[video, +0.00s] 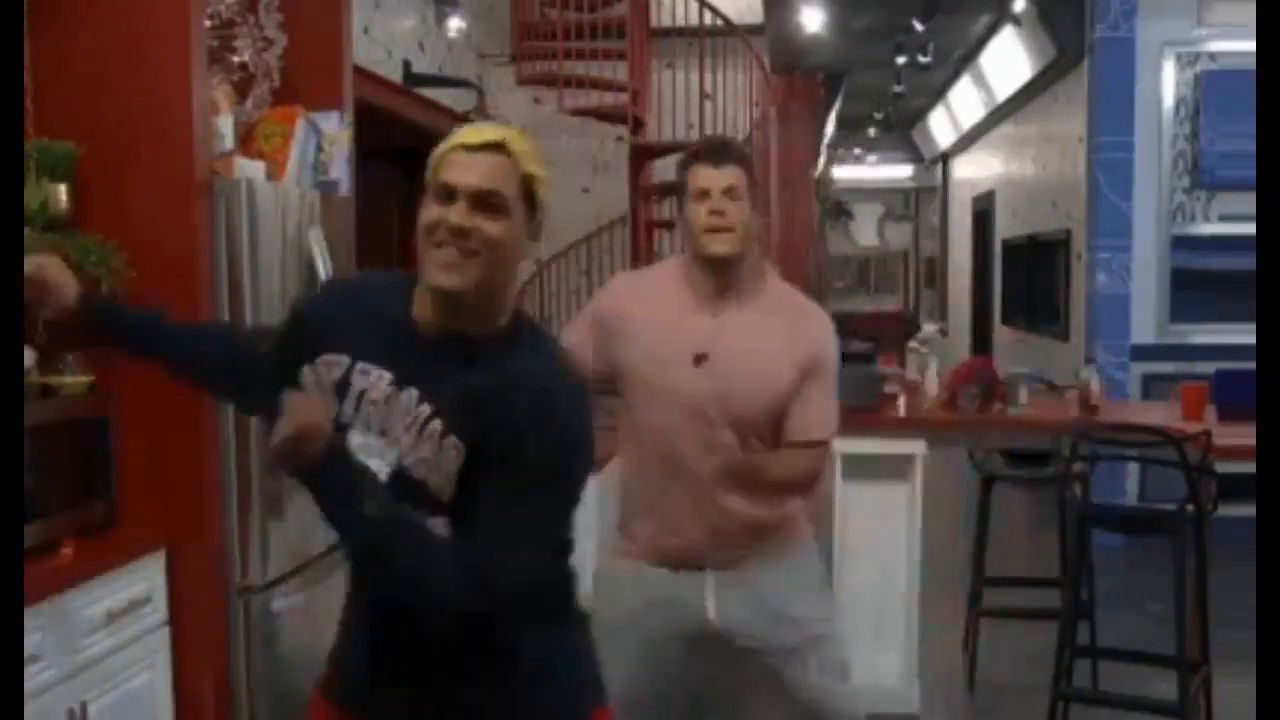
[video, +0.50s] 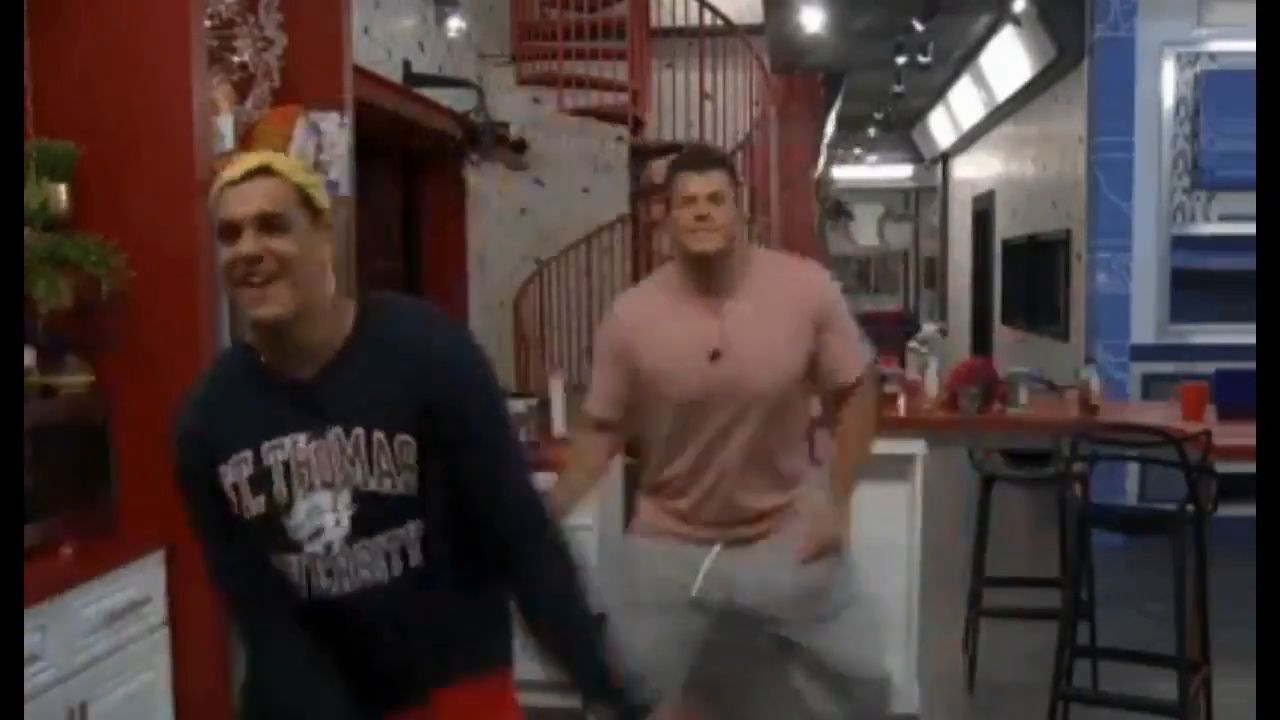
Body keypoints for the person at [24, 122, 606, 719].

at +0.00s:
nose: (457, 220)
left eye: (488, 207)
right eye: (444, 198)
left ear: (530, 235)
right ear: (419, 213)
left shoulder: (543, 395)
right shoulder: (346, 313)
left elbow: (484, 583)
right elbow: (258, 371)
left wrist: (331, 471)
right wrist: (89, 315)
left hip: (515, 689)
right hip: (374, 671)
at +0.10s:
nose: (419, 236)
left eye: (449, 222)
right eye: (406, 213)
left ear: (492, 249)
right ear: (383, 226)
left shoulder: (506, 404)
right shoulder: (319, 327)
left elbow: (438, 605)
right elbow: (233, 379)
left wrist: (325, 475)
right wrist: (62, 303)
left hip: (484, 685)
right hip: (346, 672)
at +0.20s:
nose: (355, 204)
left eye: (386, 188)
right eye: (341, 182)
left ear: (432, 217)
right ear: (320, 198)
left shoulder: (471, 355)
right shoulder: (259, 321)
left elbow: (426, 553)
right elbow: (183, 423)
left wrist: (228, 520)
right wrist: (40, 436)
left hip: (443, 678)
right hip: (298, 671)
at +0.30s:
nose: (322, 194)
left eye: (351, 176)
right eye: (306, 174)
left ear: (399, 199)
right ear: (287, 192)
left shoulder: (463, 331)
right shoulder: (239, 332)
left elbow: (433, 536)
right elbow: (162, 487)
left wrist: (233, 611)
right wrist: (38, 550)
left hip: (438, 663)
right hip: (292, 661)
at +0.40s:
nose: (294, 207)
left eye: (320, 187)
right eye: (276, 189)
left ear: (370, 201)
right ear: (260, 207)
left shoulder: (449, 334)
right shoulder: (222, 363)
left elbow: (446, 536)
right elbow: (174, 539)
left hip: (441, 667)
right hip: (288, 669)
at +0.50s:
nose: (248, 251)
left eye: (273, 228)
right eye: (230, 235)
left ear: (325, 238)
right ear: (218, 256)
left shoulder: (430, 354)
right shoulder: (208, 421)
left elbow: (520, 533)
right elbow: (258, 617)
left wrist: (604, 686)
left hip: (452, 683)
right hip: (305, 691)